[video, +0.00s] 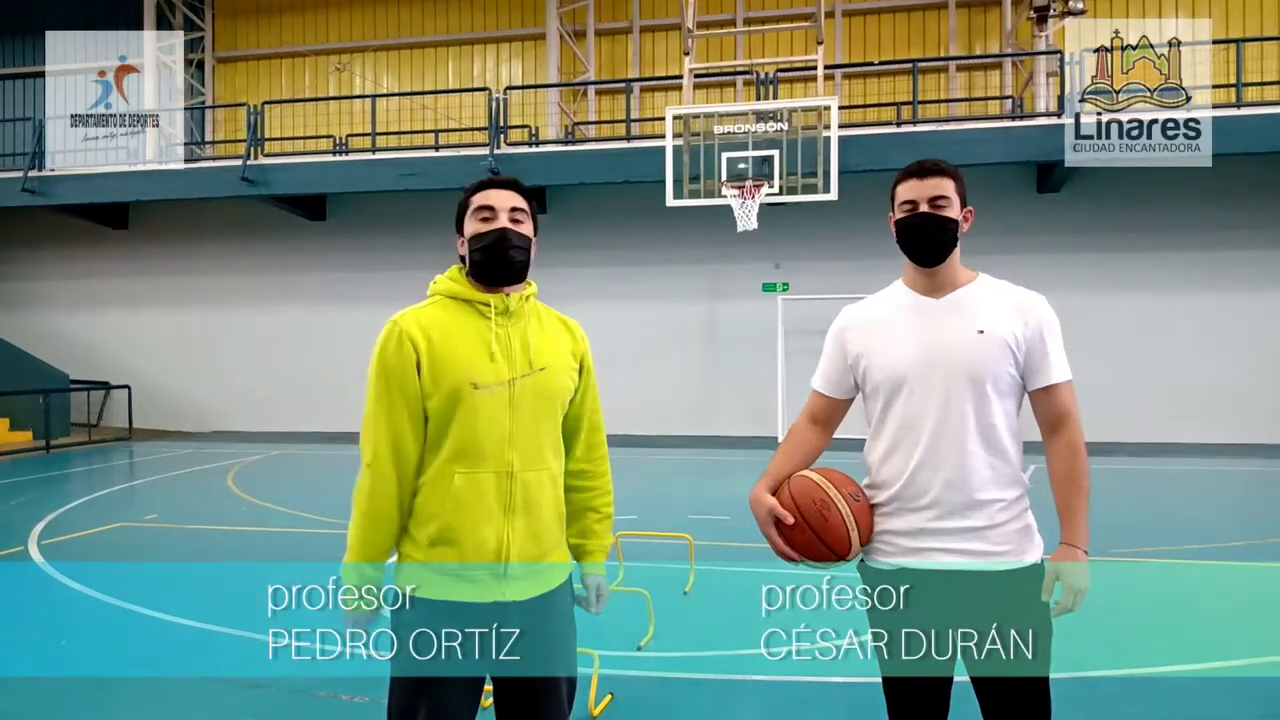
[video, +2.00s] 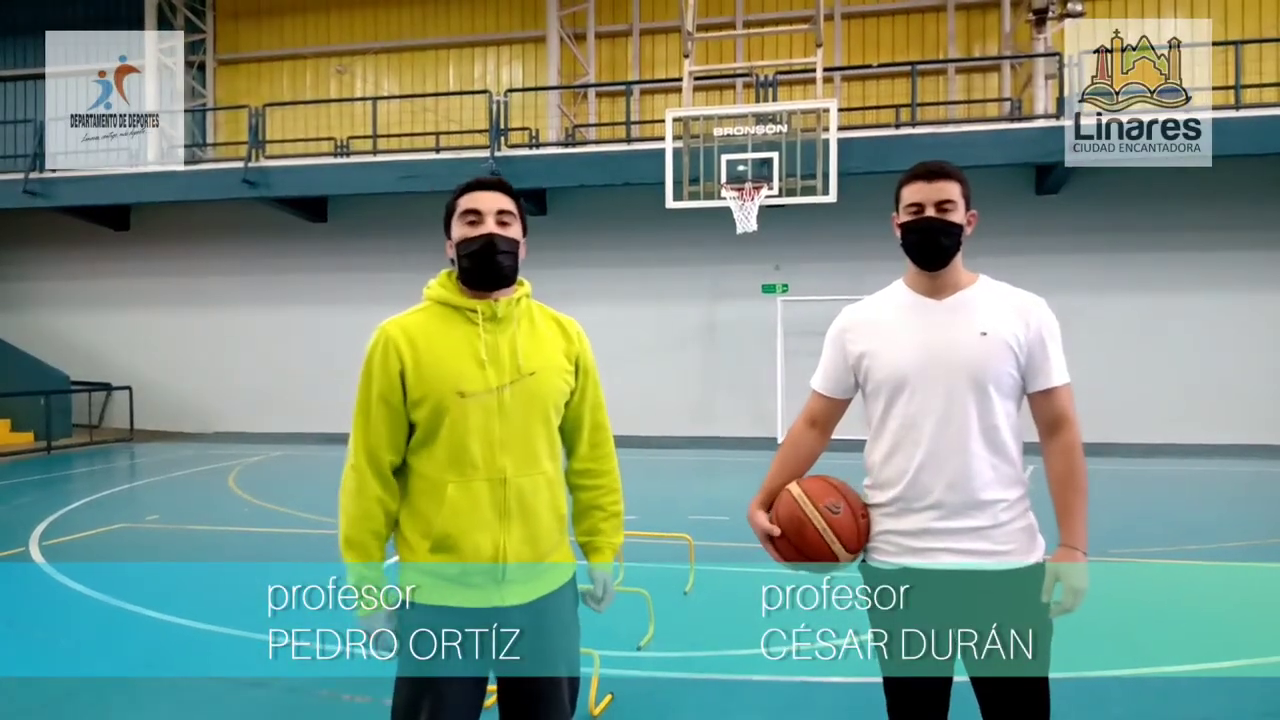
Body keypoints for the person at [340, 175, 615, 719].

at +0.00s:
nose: (503, 225)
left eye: (518, 217)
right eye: (486, 216)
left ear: (535, 242)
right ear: (462, 242)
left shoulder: (566, 337)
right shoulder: (412, 334)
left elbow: (587, 459)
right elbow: (387, 463)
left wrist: (591, 557)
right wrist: (363, 579)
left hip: (541, 589)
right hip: (440, 590)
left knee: (547, 710)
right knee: (429, 713)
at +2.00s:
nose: (489, 229)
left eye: (504, 220)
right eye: (471, 219)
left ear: (522, 243)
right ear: (449, 244)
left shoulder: (562, 337)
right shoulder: (402, 340)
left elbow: (592, 456)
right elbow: (370, 466)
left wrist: (601, 554)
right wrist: (365, 581)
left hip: (544, 588)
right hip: (440, 591)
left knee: (550, 711)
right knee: (433, 714)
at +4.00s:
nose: (477, 227)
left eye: (492, 217)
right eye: (459, 218)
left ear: (513, 241)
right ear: (440, 244)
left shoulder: (558, 336)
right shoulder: (396, 344)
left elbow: (593, 454)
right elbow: (363, 474)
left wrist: (601, 550)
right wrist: (380, 589)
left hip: (541, 592)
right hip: (436, 596)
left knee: (548, 712)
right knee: (430, 715)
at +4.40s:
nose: (487, 227)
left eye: (503, 218)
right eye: (470, 218)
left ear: (523, 244)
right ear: (450, 244)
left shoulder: (564, 339)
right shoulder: (403, 340)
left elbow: (594, 458)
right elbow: (370, 463)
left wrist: (601, 554)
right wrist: (368, 570)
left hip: (541, 590)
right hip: (437, 593)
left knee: (547, 712)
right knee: (430, 714)